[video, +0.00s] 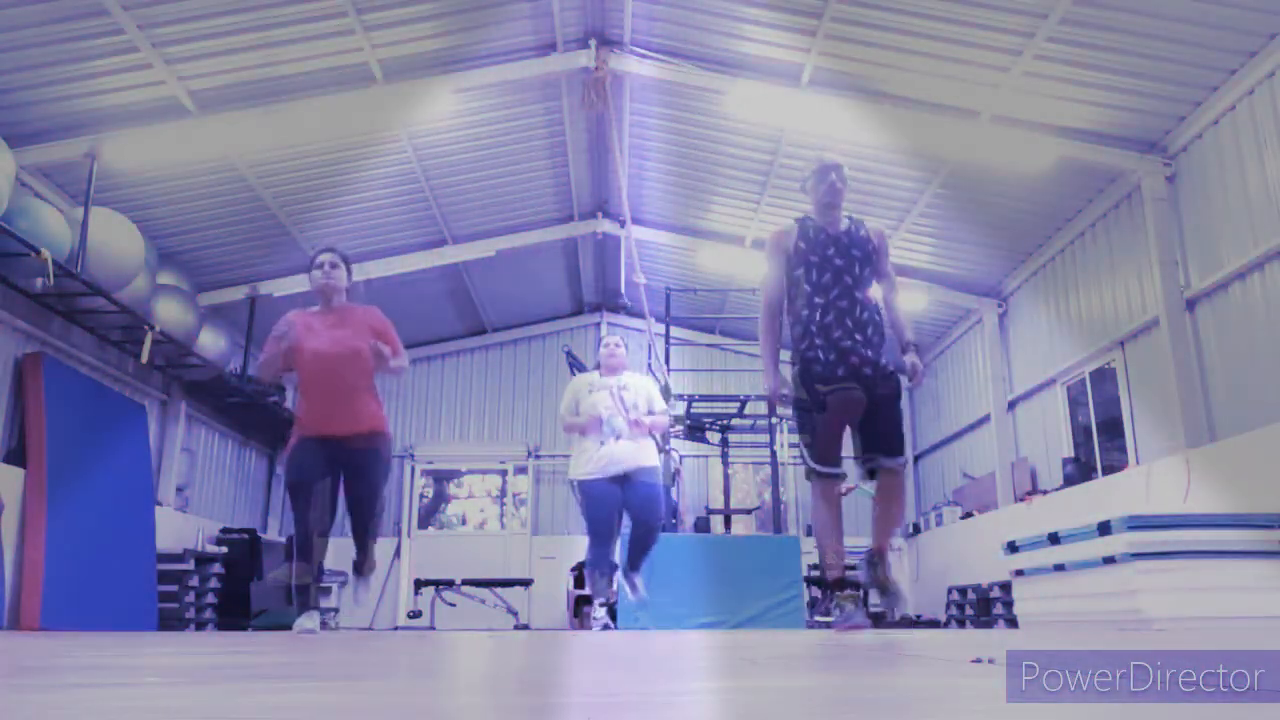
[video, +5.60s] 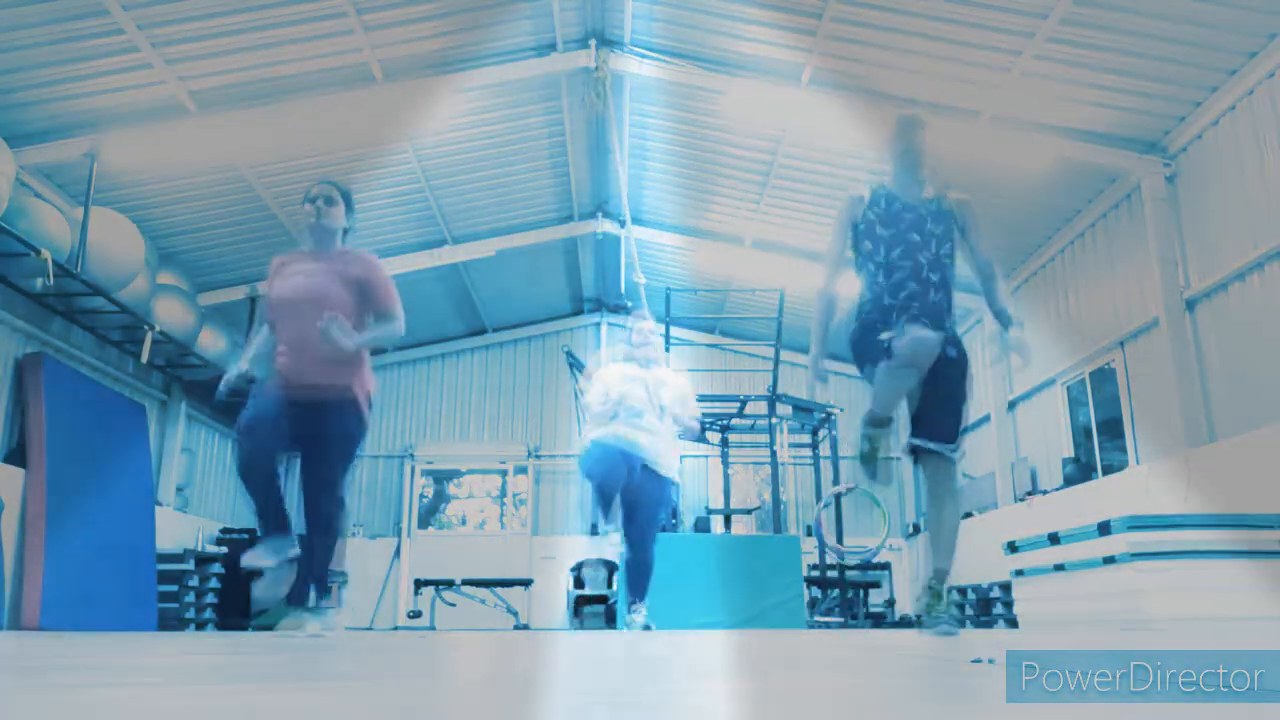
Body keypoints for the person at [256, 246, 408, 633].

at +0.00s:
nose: (326, 271)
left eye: (334, 266)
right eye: (319, 267)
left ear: (348, 277)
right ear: (309, 279)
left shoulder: (369, 316)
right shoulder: (296, 320)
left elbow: (402, 364)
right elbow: (264, 375)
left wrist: (387, 360)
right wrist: (276, 345)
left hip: (364, 431)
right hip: (313, 432)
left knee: (364, 510)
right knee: (301, 495)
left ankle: (364, 554)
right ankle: (306, 607)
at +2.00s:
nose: (362, 300)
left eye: (370, 296)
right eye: (356, 295)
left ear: (381, 306)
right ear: (346, 305)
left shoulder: (397, 341)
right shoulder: (327, 341)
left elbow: (420, 389)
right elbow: (296, 385)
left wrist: (391, 377)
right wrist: (316, 378)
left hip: (385, 436)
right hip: (341, 441)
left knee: (372, 482)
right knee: (339, 517)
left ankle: (373, 569)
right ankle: (343, 604)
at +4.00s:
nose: (350, 262)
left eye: (359, 257)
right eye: (345, 256)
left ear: (374, 268)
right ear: (336, 266)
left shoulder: (390, 310)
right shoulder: (321, 309)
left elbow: (413, 364)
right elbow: (314, 362)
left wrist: (372, 372)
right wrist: (298, 392)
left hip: (366, 420)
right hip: (320, 418)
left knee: (352, 510)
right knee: (295, 489)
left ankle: (352, 605)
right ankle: (320, 561)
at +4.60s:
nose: (317, 250)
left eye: (326, 244)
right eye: (311, 244)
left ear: (341, 256)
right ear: (301, 255)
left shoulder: (361, 303)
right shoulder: (281, 308)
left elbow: (388, 363)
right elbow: (262, 366)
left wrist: (383, 419)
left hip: (347, 427)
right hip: (294, 431)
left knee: (341, 501)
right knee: (291, 527)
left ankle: (349, 559)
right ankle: (298, 612)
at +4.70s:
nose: (320, 233)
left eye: (328, 227)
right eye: (312, 227)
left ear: (342, 238)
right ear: (301, 237)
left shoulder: (363, 287)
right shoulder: (280, 283)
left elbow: (389, 348)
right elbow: (254, 343)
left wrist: (390, 398)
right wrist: (268, 312)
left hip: (344, 392)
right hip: (294, 401)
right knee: (292, 509)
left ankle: (339, 531)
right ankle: (296, 606)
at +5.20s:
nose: (321, 216)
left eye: (331, 212)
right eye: (314, 210)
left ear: (346, 228)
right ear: (302, 223)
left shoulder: (361, 276)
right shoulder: (275, 271)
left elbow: (385, 338)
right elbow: (249, 329)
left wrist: (377, 371)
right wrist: (274, 335)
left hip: (337, 386)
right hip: (281, 389)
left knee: (311, 467)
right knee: (281, 485)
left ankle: (301, 586)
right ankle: (302, 581)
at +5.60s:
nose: (317, 208)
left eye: (328, 202)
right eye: (310, 201)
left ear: (346, 217)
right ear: (301, 213)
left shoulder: (363, 265)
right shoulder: (282, 265)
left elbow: (396, 326)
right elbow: (268, 327)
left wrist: (355, 340)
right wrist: (244, 365)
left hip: (339, 396)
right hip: (286, 392)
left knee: (322, 491)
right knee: (253, 440)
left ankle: (308, 603)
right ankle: (276, 535)